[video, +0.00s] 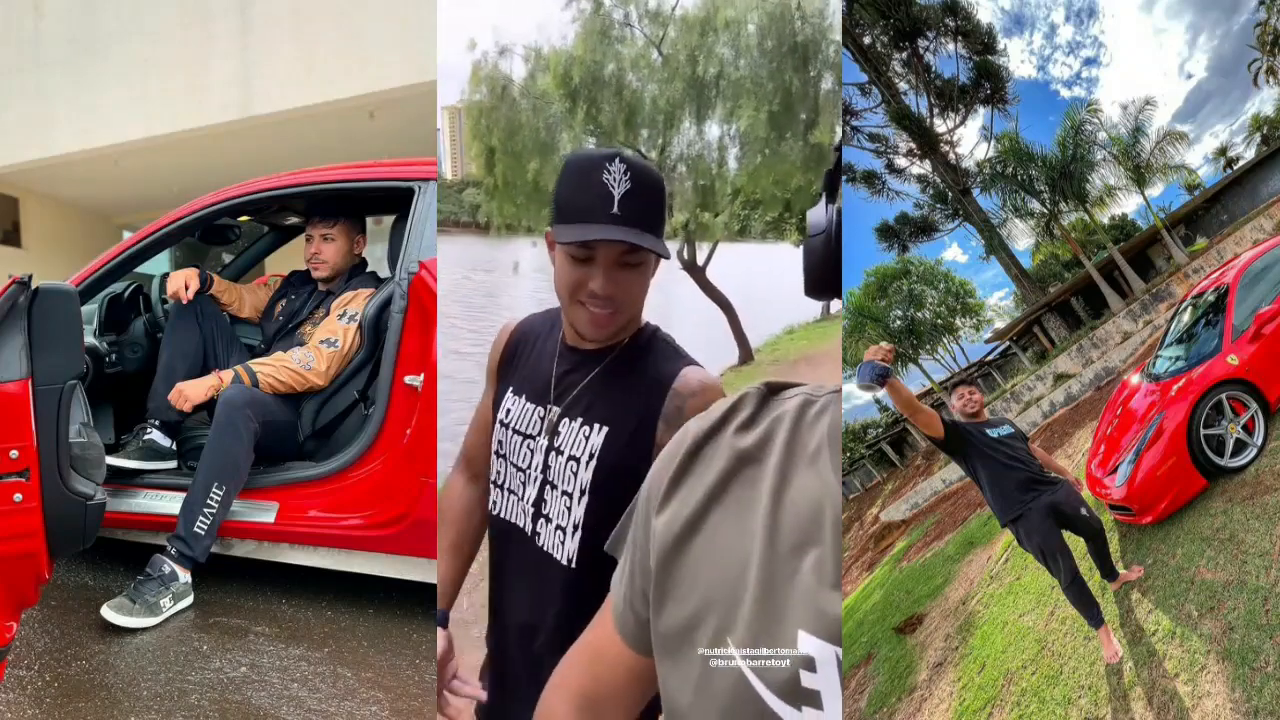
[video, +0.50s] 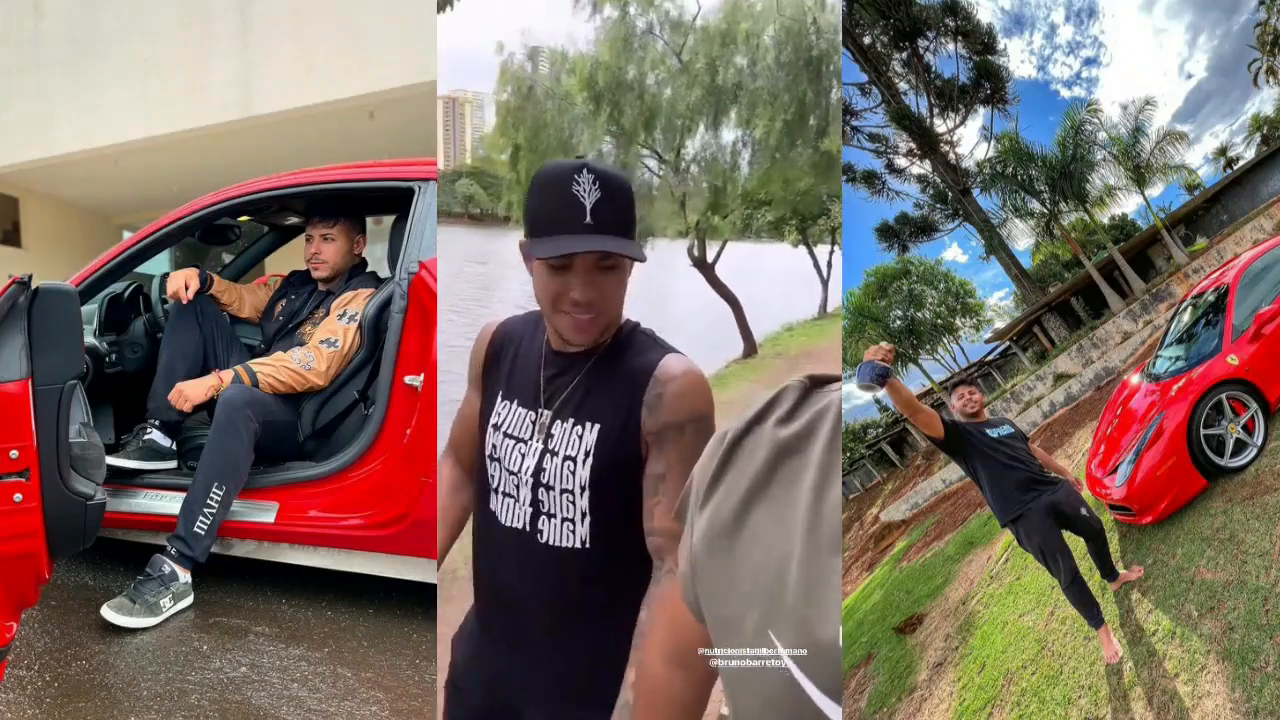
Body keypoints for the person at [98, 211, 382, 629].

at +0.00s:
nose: (314, 250)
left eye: (328, 239)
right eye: (310, 239)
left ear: (358, 245)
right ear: (304, 244)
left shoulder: (362, 297)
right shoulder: (292, 286)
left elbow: (315, 366)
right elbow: (242, 299)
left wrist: (219, 380)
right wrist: (202, 278)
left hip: (316, 410)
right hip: (266, 389)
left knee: (239, 402)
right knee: (196, 303)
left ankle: (177, 568)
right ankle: (161, 433)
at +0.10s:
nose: (314, 250)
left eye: (328, 239)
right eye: (310, 239)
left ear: (358, 245)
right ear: (304, 244)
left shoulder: (362, 297)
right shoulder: (292, 286)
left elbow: (315, 366)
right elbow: (242, 299)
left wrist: (219, 380)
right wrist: (202, 278)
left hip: (316, 410)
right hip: (266, 389)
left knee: (239, 402)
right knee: (196, 303)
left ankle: (177, 568)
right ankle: (161, 433)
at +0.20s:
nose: (315, 249)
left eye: (328, 239)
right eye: (310, 239)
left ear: (358, 245)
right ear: (304, 244)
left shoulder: (361, 297)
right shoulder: (292, 286)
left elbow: (315, 366)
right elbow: (243, 299)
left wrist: (220, 380)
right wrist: (203, 279)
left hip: (315, 410)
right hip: (265, 388)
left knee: (239, 402)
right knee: (196, 303)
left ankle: (177, 568)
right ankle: (161, 433)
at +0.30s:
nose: (315, 249)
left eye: (328, 239)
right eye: (310, 239)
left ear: (358, 245)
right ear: (304, 244)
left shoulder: (361, 297)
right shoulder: (292, 286)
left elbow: (315, 366)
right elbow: (243, 299)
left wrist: (220, 380)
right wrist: (203, 279)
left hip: (315, 410)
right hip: (265, 388)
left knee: (239, 402)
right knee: (196, 303)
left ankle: (177, 568)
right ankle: (161, 433)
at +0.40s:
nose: (314, 250)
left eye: (328, 239)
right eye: (310, 239)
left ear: (358, 245)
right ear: (304, 244)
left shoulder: (362, 297)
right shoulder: (292, 286)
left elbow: (315, 366)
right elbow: (242, 299)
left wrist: (219, 380)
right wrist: (202, 278)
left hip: (316, 410)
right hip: (266, 389)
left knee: (239, 402)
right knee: (196, 303)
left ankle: (177, 568)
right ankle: (161, 433)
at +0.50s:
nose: (314, 250)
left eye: (328, 239)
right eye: (310, 239)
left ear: (358, 245)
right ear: (304, 244)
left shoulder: (362, 297)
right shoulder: (292, 286)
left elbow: (315, 366)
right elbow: (242, 299)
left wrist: (219, 380)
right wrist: (202, 278)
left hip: (316, 410)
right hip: (266, 389)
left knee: (239, 402)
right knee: (196, 303)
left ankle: (177, 568)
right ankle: (161, 433)